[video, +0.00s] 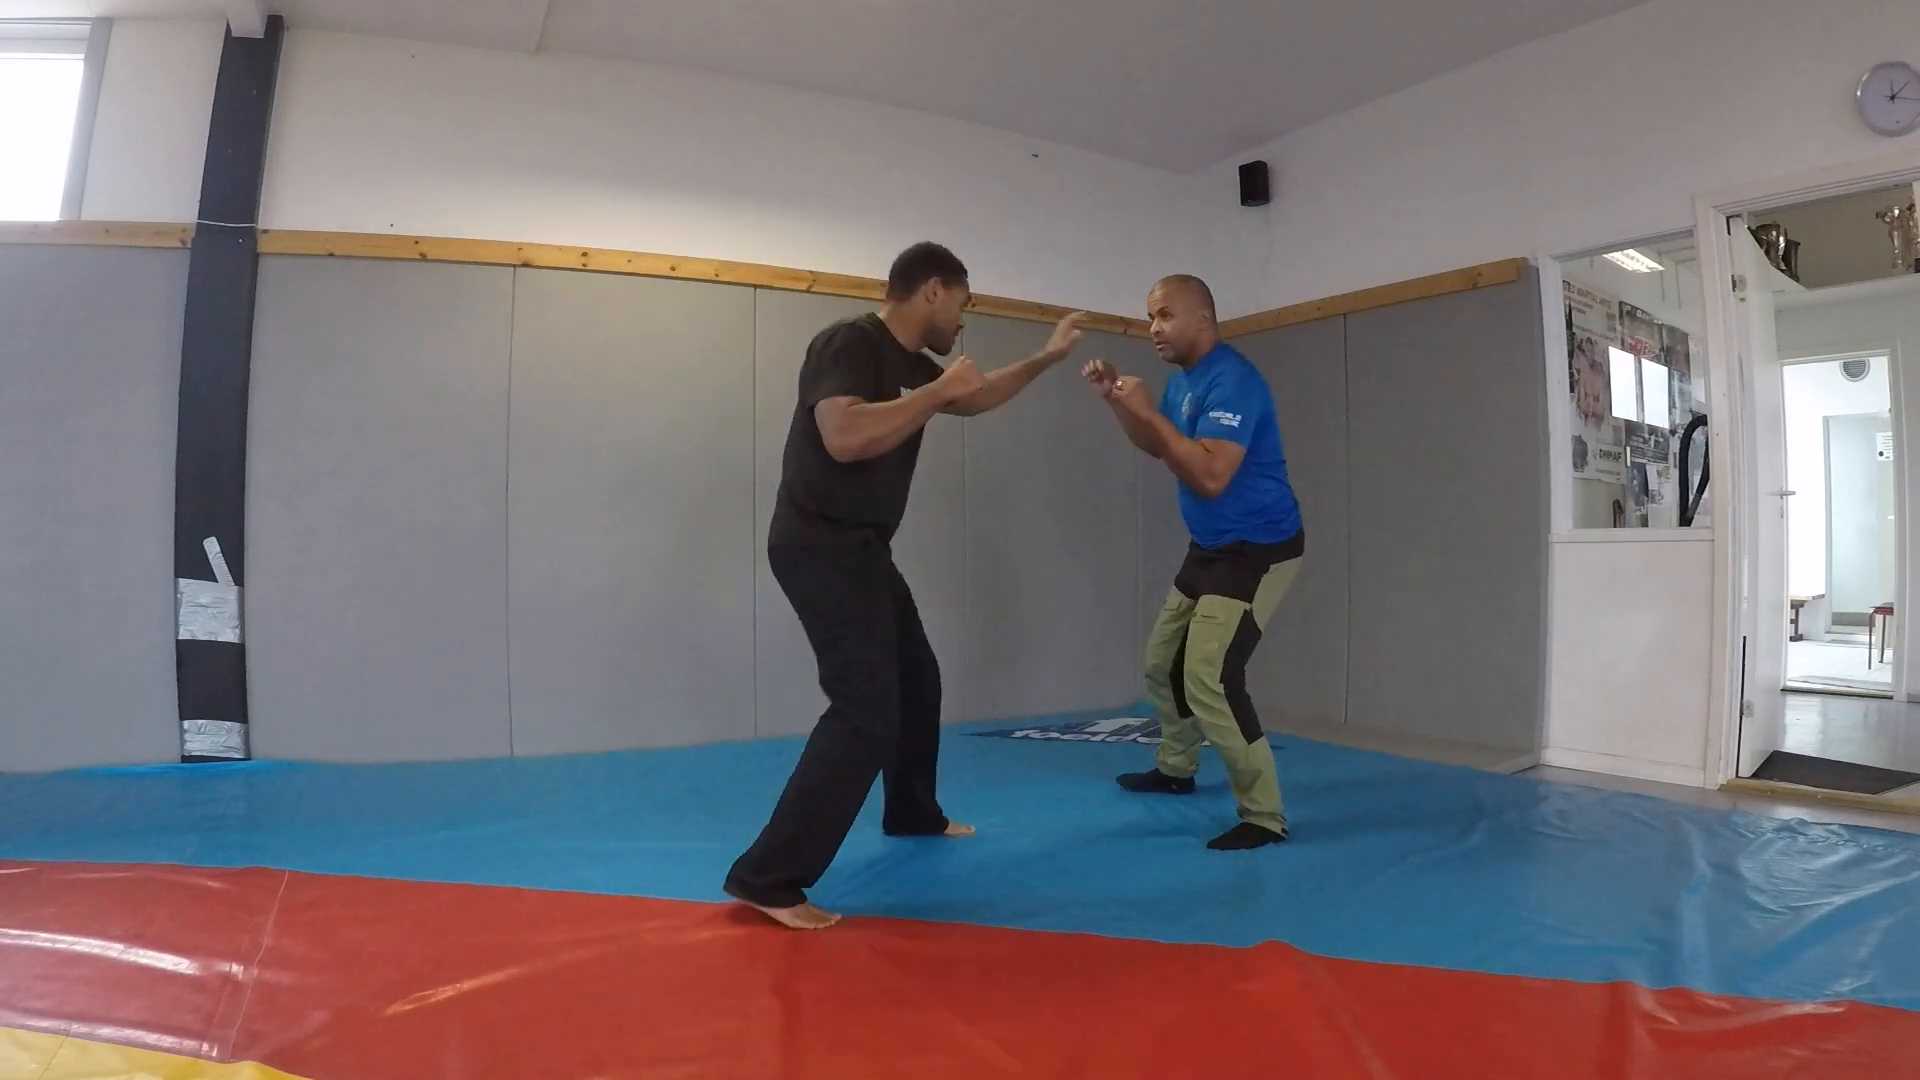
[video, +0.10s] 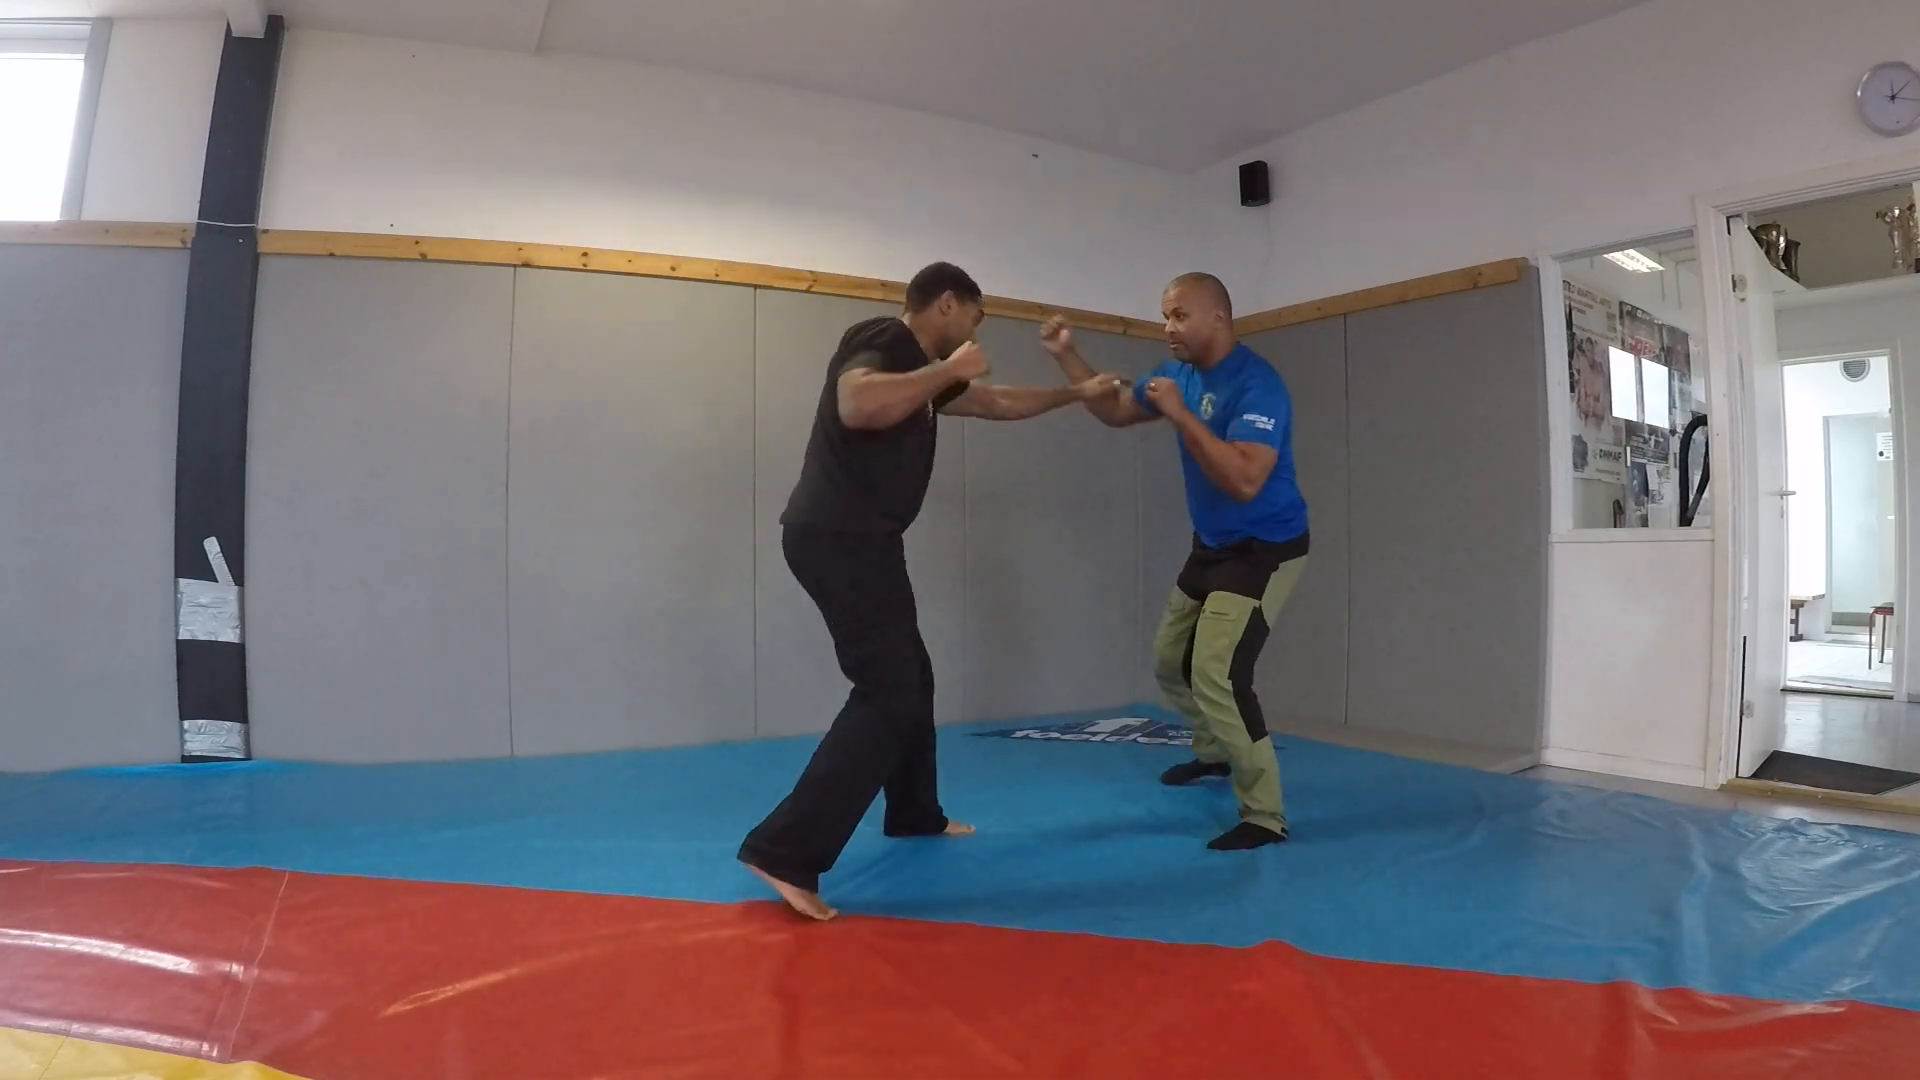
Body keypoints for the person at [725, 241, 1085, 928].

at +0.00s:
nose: (963, 318)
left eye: (965, 307)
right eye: (962, 304)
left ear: (924, 294)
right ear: (932, 292)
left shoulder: (915, 363)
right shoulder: (848, 343)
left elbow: (976, 400)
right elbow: (844, 437)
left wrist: (1048, 358)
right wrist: (940, 393)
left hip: (863, 548)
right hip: (818, 547)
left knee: (917, 677)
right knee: (868, 705)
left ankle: (912, 813)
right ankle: (766, 879)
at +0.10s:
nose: (972, 331)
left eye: (974, 322)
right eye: (972, 319)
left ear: (935, 306)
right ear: (948, 304)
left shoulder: (922, 367)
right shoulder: (879, 339)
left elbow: (998, 402)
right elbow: (858, 407)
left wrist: (1080, 391)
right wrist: (950, 373)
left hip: (870, 539)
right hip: (836, 537)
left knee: (911, 679)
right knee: (889, 692)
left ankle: (913, 813)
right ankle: (783, 852)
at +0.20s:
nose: (976, 348)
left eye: (980, 337)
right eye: (975, 331)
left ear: (925, 304)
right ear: (950, 310)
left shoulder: (901, 370)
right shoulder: (912, 327)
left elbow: (959, 427)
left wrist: (1033, 424)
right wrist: (1005, 320)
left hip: (849, 527)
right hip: (857, 526)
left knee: (900, 674)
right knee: (885, 687)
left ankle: (909, 813)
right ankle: (766, 835)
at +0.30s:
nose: (968, 321)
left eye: (969, 312)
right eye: (966, 312)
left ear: (913, 300)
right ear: (947, 303)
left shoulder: (872, 350)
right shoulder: (929, 323)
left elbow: (918, 448)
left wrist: (985, 441)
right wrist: (1092, 316)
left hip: (838, 519)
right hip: (870, 517)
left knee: (913, 665)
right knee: (874, 680)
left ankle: (909, 812)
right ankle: (739, 822)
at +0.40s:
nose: (959, 322)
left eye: (955, 314)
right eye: (956, 314)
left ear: (901, 304)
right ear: (939, 304)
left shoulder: (856, 353)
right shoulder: (934, 320)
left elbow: (896, 451)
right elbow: (1048, 322)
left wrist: (961, 419)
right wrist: (1128, 337)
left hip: (840, 517)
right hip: (882, 515)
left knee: (911, 668)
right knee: (864, 683)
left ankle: (911, 813)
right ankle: (733, 824)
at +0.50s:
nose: (964, 366)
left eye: (965, 354)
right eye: (963, 335)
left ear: (904, 311)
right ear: (947, 316)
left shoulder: (858, 354)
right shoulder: (930, 325)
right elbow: (1040, 338)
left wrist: (952, 370)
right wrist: (1072, 344)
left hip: (832, 521)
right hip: (876, 517)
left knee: (909, 670)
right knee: (866, 681)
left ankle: (910, 812)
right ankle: (734, 824)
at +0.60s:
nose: (968, 331)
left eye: (966, 321)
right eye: (966, 321)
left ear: (912, 300)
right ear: (950, 308)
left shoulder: (867, 348)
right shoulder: (916, 322)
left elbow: (922, 444)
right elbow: (1033, 339)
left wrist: (951, 379)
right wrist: (1047, 314)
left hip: (834, 520)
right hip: (856, 520)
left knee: (901, 672)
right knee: (864, 683)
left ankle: (910, 816)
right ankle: (731, 824)